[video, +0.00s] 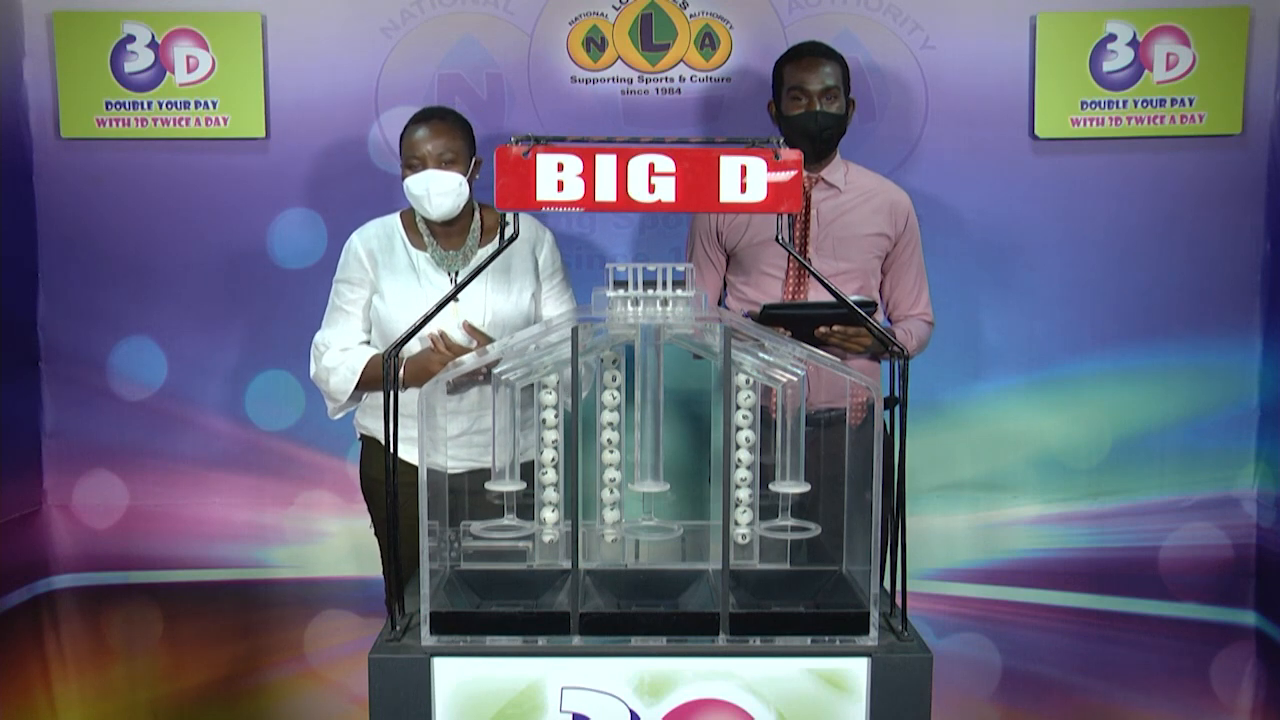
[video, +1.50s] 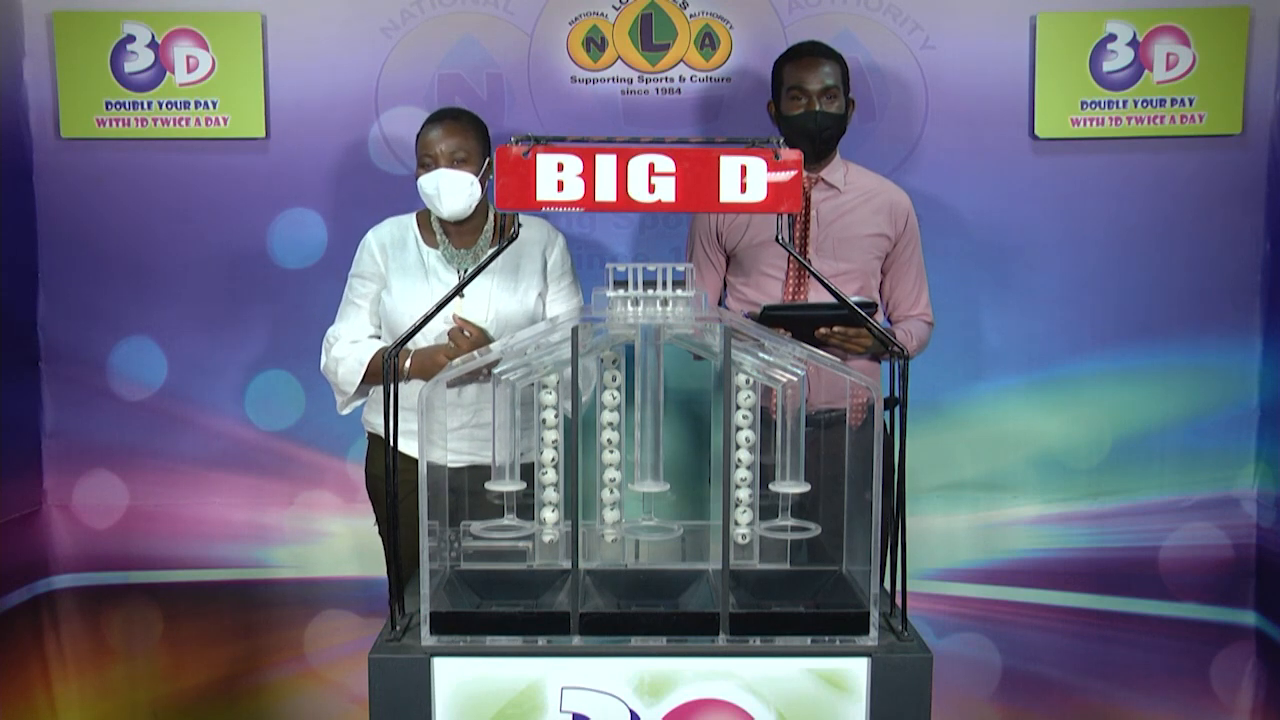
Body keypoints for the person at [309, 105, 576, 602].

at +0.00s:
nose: (434, 179)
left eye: (448, 162)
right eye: (419, 166)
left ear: (473, 165)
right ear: (403, 172)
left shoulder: (529, 241)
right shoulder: (370, 247)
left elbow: (568, 350)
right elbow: (331, 362)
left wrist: (502, 359)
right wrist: (407, 370)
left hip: (505, 462)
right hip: (403, 465)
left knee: (504, 617)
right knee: (415, 616)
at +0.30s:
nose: (434, 181)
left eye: (449, 164)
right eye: (418, 167)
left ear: (472, 166)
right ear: (402, 173)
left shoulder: (527, 240)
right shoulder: (367, 248)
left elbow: (562, 345)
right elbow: (330, 365)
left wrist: (502, 359)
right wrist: (414, 371)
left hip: (508, 463)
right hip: (404, 466)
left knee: (507, 621)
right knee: (416, 620)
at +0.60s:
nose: (437, 180)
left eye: (451, 164)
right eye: (421, 167)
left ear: (473, 166)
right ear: (403, 172)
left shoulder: (528, 240)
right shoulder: (368, 247)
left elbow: (562, 346)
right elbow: (330, 364)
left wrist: (505, 357)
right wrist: (416, 370)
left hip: (507, 461)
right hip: (403, 465)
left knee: (506, 619)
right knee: (416, 618)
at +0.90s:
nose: (439, 179)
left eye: (453, 163)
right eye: (424, 166)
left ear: (477, 166)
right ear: (407, 171)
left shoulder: (531, 242)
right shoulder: (373, 246)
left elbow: (565, 352)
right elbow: (332, 363)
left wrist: (502, 356)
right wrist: (422, 364)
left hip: (506, 461)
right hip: (403, 463)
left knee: (505, 621)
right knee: (416, 619)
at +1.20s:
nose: (441, 176)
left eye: (456, 160)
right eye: (427, 163)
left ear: (482, 166)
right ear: (413, 171)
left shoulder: (536, 242)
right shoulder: (378, 245)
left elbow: (569, 351)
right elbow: (337, 358)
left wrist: (499, 359)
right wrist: (424, 361)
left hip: (507, 462)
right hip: (404, 463)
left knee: (501, 618)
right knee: (415, 615)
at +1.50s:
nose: (445, 177)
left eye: (459, 161)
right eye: (431, 164)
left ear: (487, 166)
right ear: (418, 172)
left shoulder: (540, 243)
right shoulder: (383, 245)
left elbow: (571, 354)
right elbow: (341, 356)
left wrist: (498, 357)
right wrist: (420, 361)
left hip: (509, 461)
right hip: (407, 462)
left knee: (503, 616)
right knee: (416, 615)